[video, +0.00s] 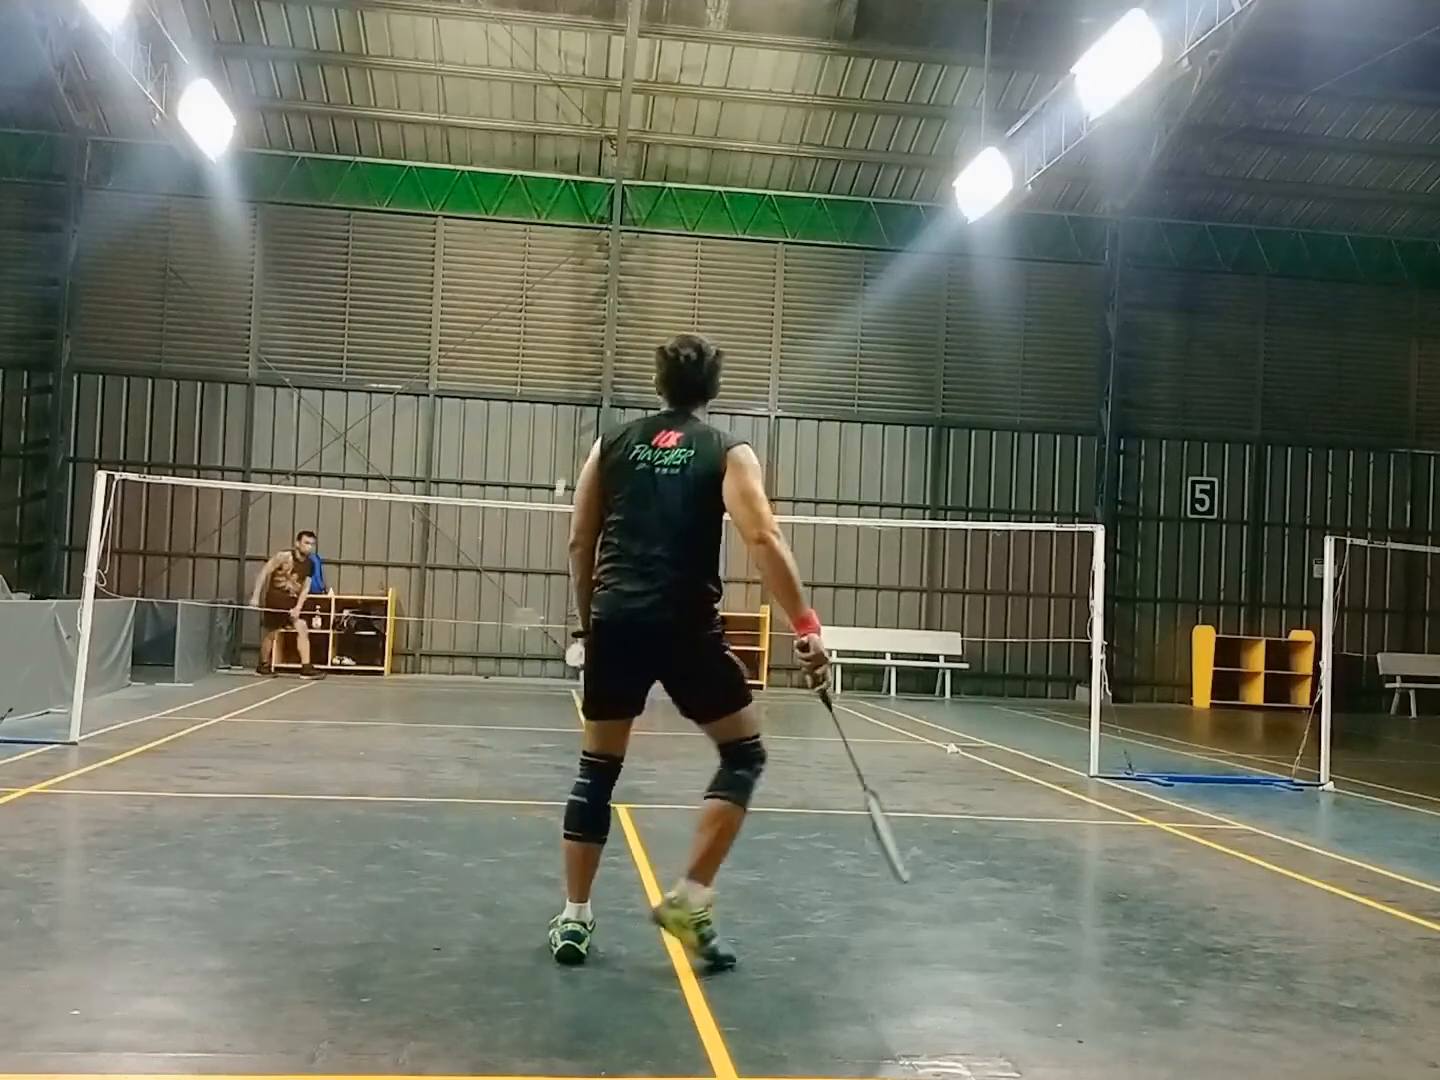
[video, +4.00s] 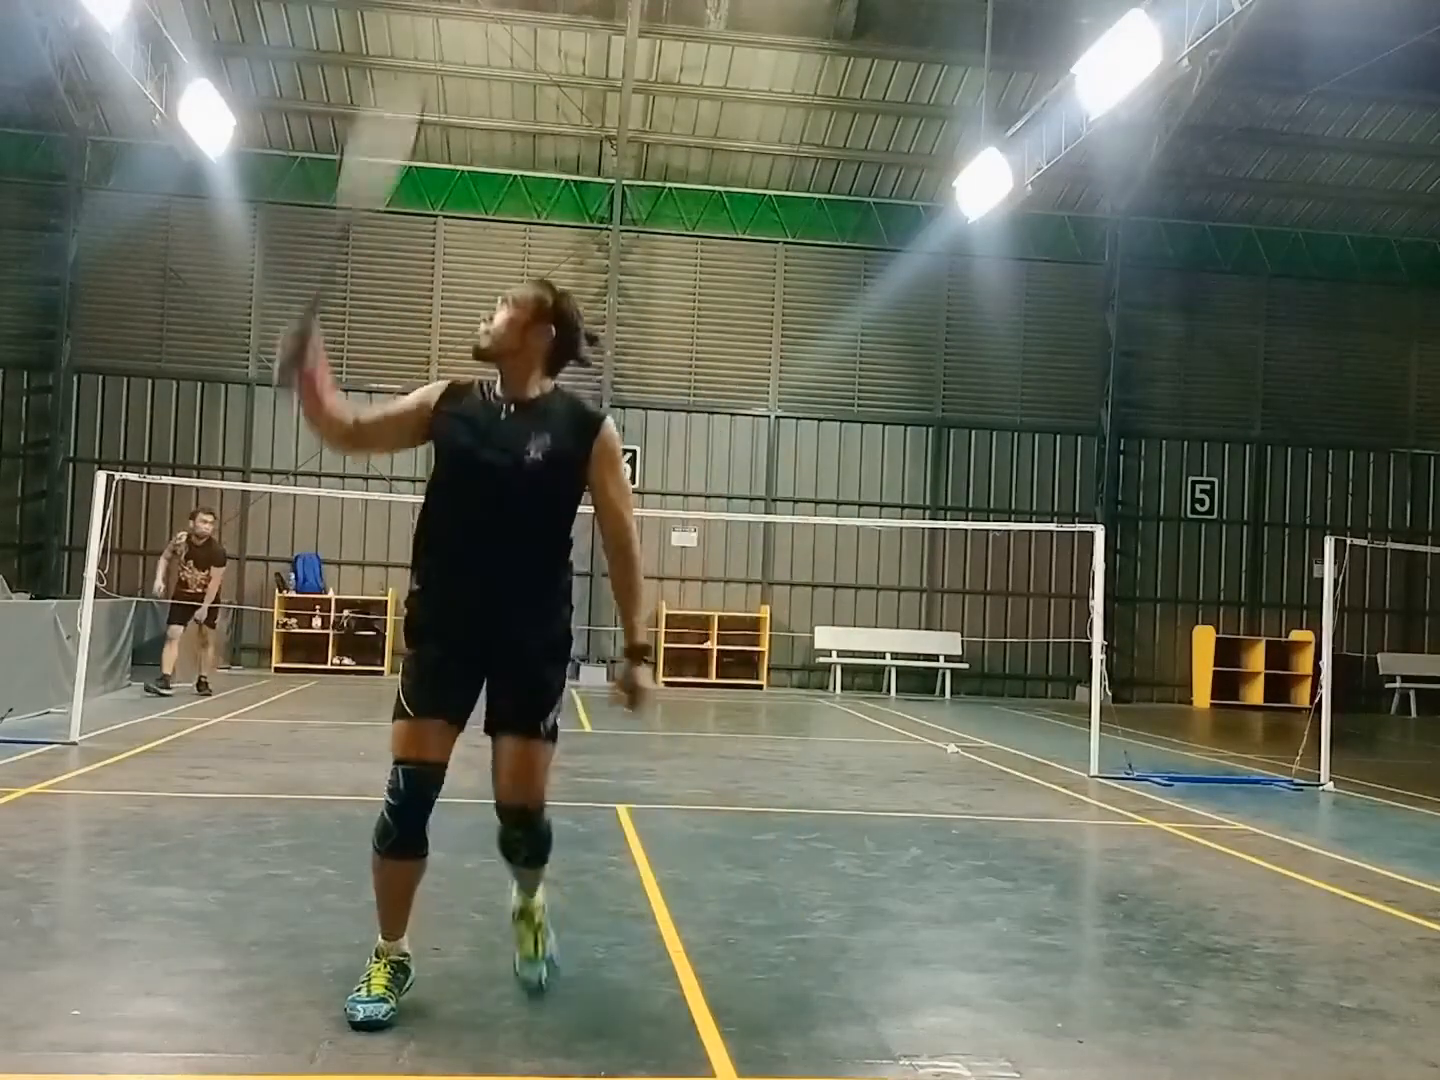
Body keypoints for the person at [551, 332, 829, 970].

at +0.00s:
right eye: (712, 386)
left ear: (659, 385)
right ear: (713, 390)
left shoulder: (611, 443)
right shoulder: (728, 451)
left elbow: (581, 539)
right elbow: (762, 538)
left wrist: (590, 617)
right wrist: (807, 629)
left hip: (612, 627)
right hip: (685, 630)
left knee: (596, 767)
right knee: (743, 753)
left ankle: (574, 915)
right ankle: (691, 895)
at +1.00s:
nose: (713, 393)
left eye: (719, 386)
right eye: (720, 385)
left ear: (730, 402)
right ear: (761, 414)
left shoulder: (706, 447)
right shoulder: (766, 468)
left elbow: (706, 536)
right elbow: (772, 561)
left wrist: (665, 604)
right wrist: (707, 612)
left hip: (732, 632)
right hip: (776, 629)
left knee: (672, 771)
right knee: (757, 764)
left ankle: (748, 903)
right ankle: (816, 906)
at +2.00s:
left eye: (617, 374)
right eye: (667, 391)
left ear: (608, 379)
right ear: (665, 392)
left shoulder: (544, 422)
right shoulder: (666, 442)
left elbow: (460, 506)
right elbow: (734, 521)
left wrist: (416, 575)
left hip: (498, 615)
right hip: (562, 625)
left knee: (545, 782)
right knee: (503, 790)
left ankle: (556, 946)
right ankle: (404, 964)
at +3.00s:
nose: (669, 424)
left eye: (672, 416)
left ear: (675, 424)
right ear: (723, 429)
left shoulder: (649, 479)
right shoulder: (757, 487)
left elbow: (626, 578)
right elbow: (790, 581)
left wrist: (602, 666)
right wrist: (770, 625)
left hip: (683, 646)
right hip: (751, 648)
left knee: (626, 761)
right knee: (736, 766)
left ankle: (662, 899)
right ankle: (774, 905)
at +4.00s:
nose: (495, 309)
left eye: (511, 303)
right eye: (501, 301)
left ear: (543, 330)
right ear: (512, 328)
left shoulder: (584, 426)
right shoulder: (451, 399)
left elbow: (621, 537)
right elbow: (355, 431)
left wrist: (634, 648)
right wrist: (315, 387)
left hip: (533, 635)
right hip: (442, 627)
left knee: (522, 828)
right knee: (406, 801)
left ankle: (529, 909)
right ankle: (389, 958)